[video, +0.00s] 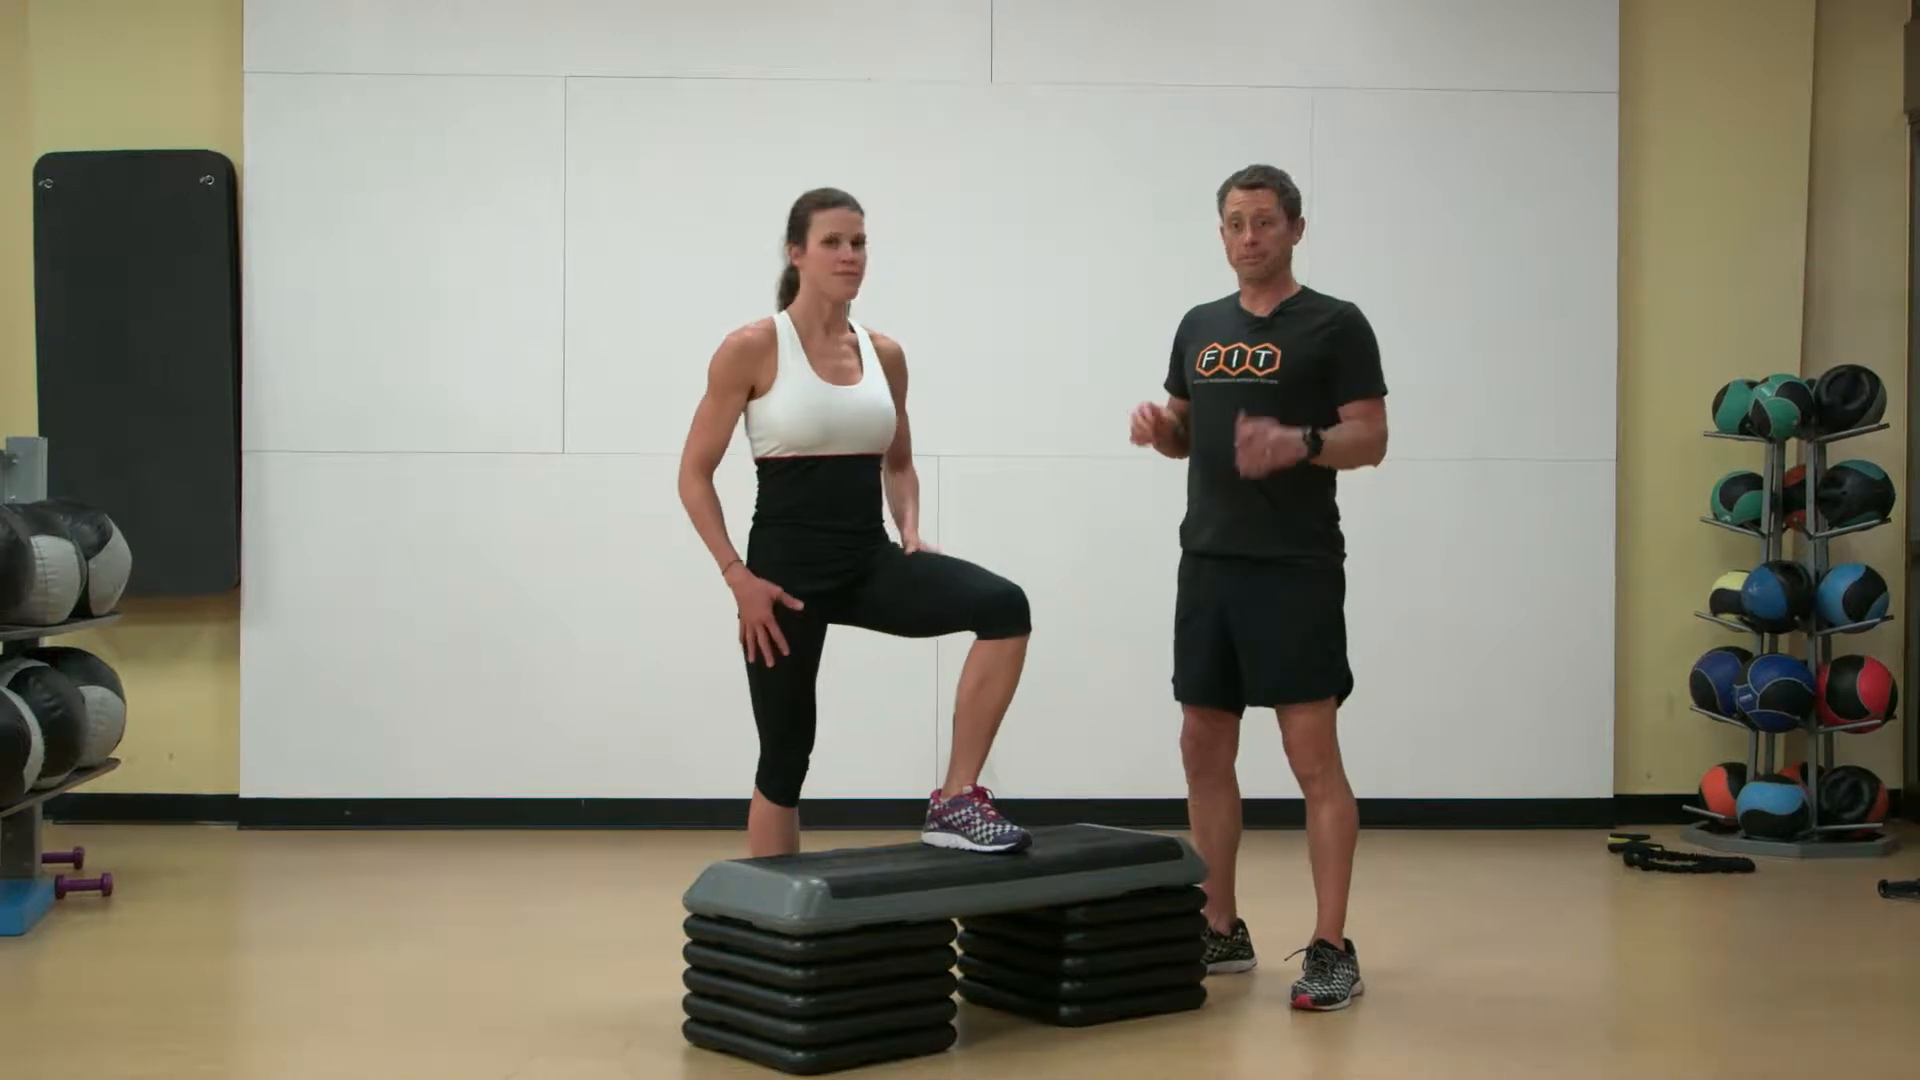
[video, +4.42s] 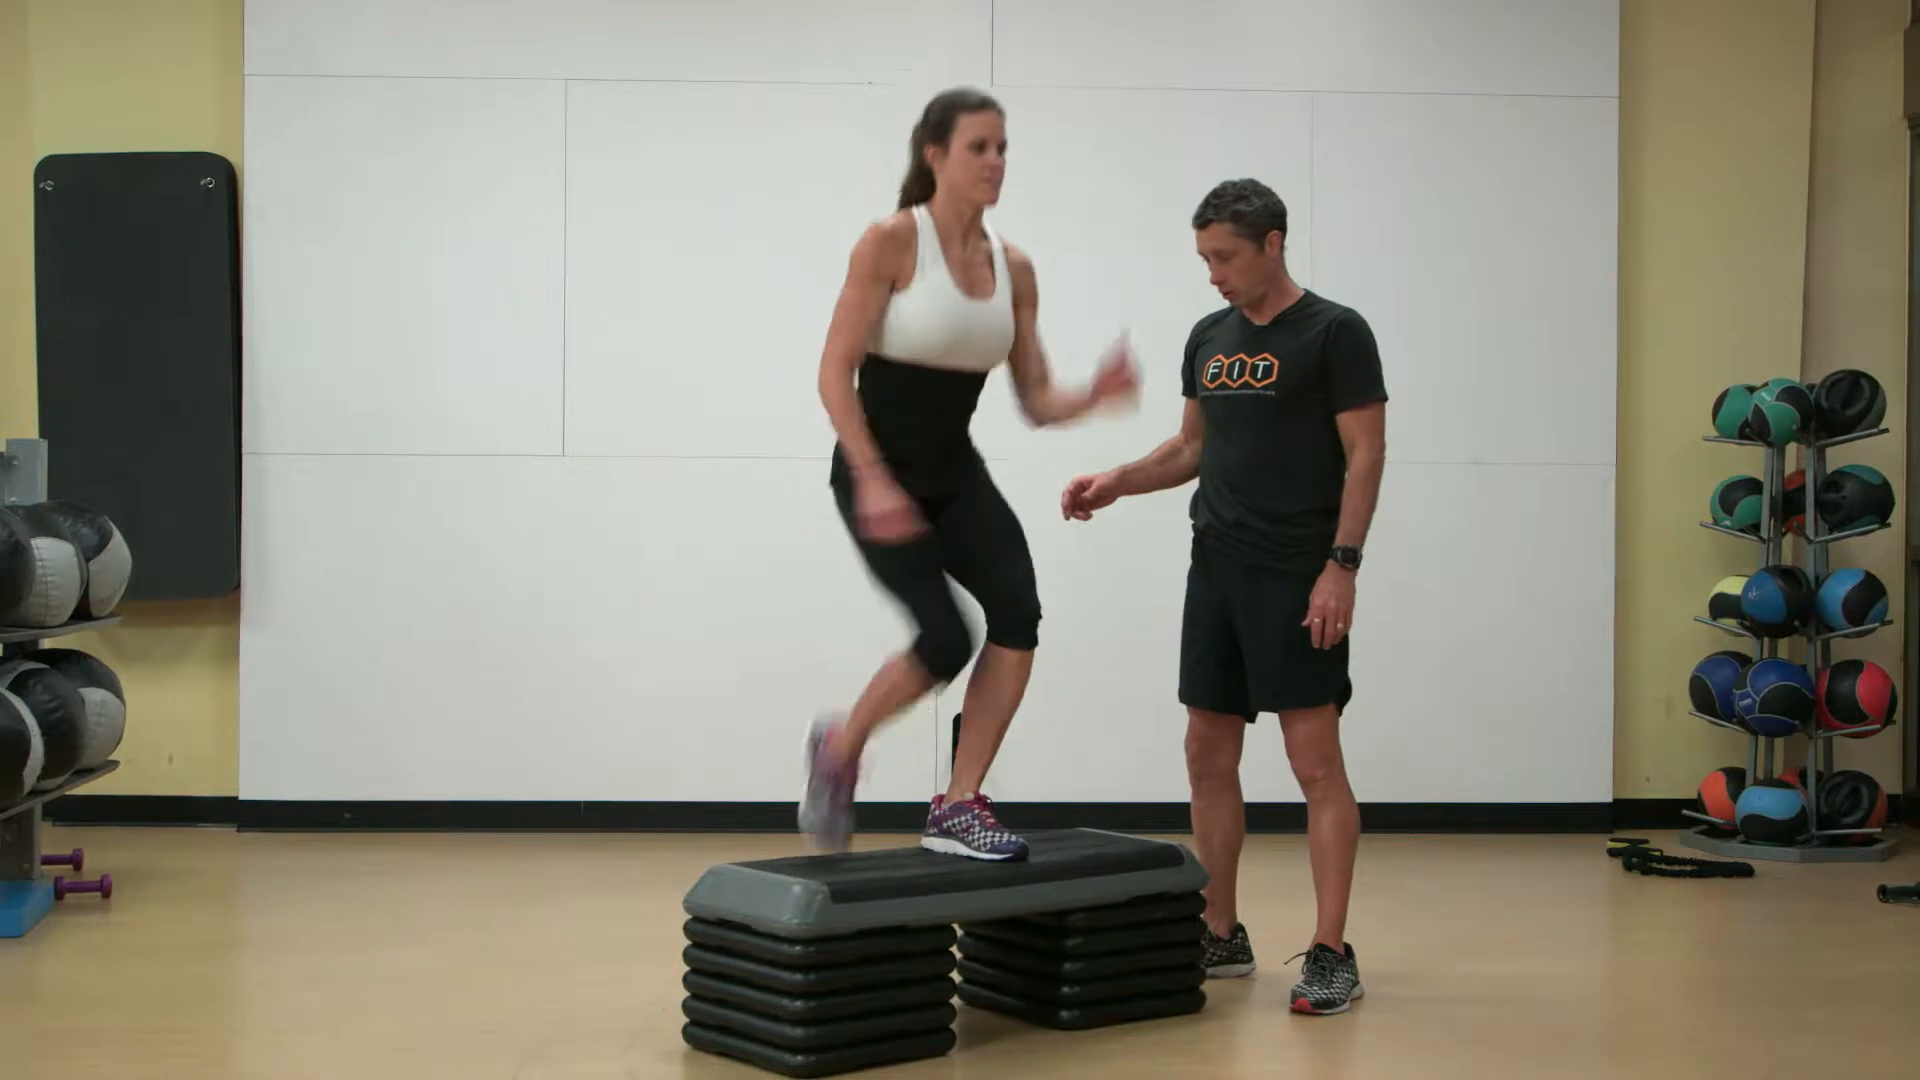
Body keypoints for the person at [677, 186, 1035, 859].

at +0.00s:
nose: (851, 256)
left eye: (859, 243)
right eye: (833, 243)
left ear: (867, 252)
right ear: (796, 254)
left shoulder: (884, 356)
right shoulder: (751, 350)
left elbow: (899, 463)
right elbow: (694, 476)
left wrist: (908, 531)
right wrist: (736, 576)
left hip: (866, 563)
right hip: (786, 571)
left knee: (1004, 609)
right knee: (784, 763)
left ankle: (957, 797)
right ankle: (770, 933)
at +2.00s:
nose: (832, 262)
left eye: (832, 248)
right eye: (818, 249)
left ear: (794, 254)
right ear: (769, 253)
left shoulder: (842, 342)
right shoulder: (716, 357)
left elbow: (867, 462)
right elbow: (698, 500)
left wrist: (904, 523)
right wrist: (730, 612)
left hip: (845, 556)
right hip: (767, 568)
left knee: (974, 602)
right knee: (767, 760)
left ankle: (949, 797)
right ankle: (763, 929)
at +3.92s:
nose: (876, 267)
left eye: (882, 254)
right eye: (861, 253)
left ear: (885, 258)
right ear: (814, 254)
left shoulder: (891, 349)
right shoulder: (771, 355)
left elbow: (888, 470)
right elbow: (739, 493)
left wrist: (907, 593)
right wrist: (811, 527)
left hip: (877, 558)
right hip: (798, 569)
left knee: (986, 606)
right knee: (794, 765)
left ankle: (952, 800)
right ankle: (776, 934)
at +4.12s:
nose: (926, 272)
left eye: (931, 259)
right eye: (910, 259)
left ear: (935, 265)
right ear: (864, 267)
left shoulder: (939, 359)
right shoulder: (821, 358)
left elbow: (916, 483)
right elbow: (805, 489)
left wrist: (916, 598)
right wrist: (898, 431)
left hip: (900, 557)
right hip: (829, 564)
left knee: (1005, 617)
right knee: (831, 770)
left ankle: (954, 802)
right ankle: (783, 930)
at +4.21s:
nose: (953, 253)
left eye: (958, 239)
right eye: (937, 240)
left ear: (963, 246)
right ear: (891, 247)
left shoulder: (965, 340)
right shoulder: (851, 332)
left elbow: (945, 459)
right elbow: (836, 457)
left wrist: (950, 563)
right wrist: (930, 416)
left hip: (923, 540)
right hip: (848, 542)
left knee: (1019, 622)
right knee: (829, 741)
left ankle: (957, 803)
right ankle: (791, 916)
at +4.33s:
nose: (988, 194)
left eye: (992, 180)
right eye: (972, 181)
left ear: (993, 188)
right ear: (926, 188)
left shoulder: (1001, 291)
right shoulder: (885, 272)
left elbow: (998, 418)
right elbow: (845, 398)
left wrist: (1051, 493)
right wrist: (933, 453)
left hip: (946, 494)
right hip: (868, 493)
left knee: (1019, 619)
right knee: (878, 698)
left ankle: (957, 805)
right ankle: (806, 867)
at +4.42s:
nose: (997, 161)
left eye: (1002, 148)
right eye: (980, 148)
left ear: (1004, 159)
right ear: (935, 155)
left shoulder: (1012, 267)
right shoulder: (889, 244)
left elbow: (1038, 403)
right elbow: (834, 374)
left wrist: (1094, 395)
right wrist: (871, 476)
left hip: (950, 461)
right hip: (877, 460)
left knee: (1015, 615)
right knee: (947, 640)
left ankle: (959, 803)